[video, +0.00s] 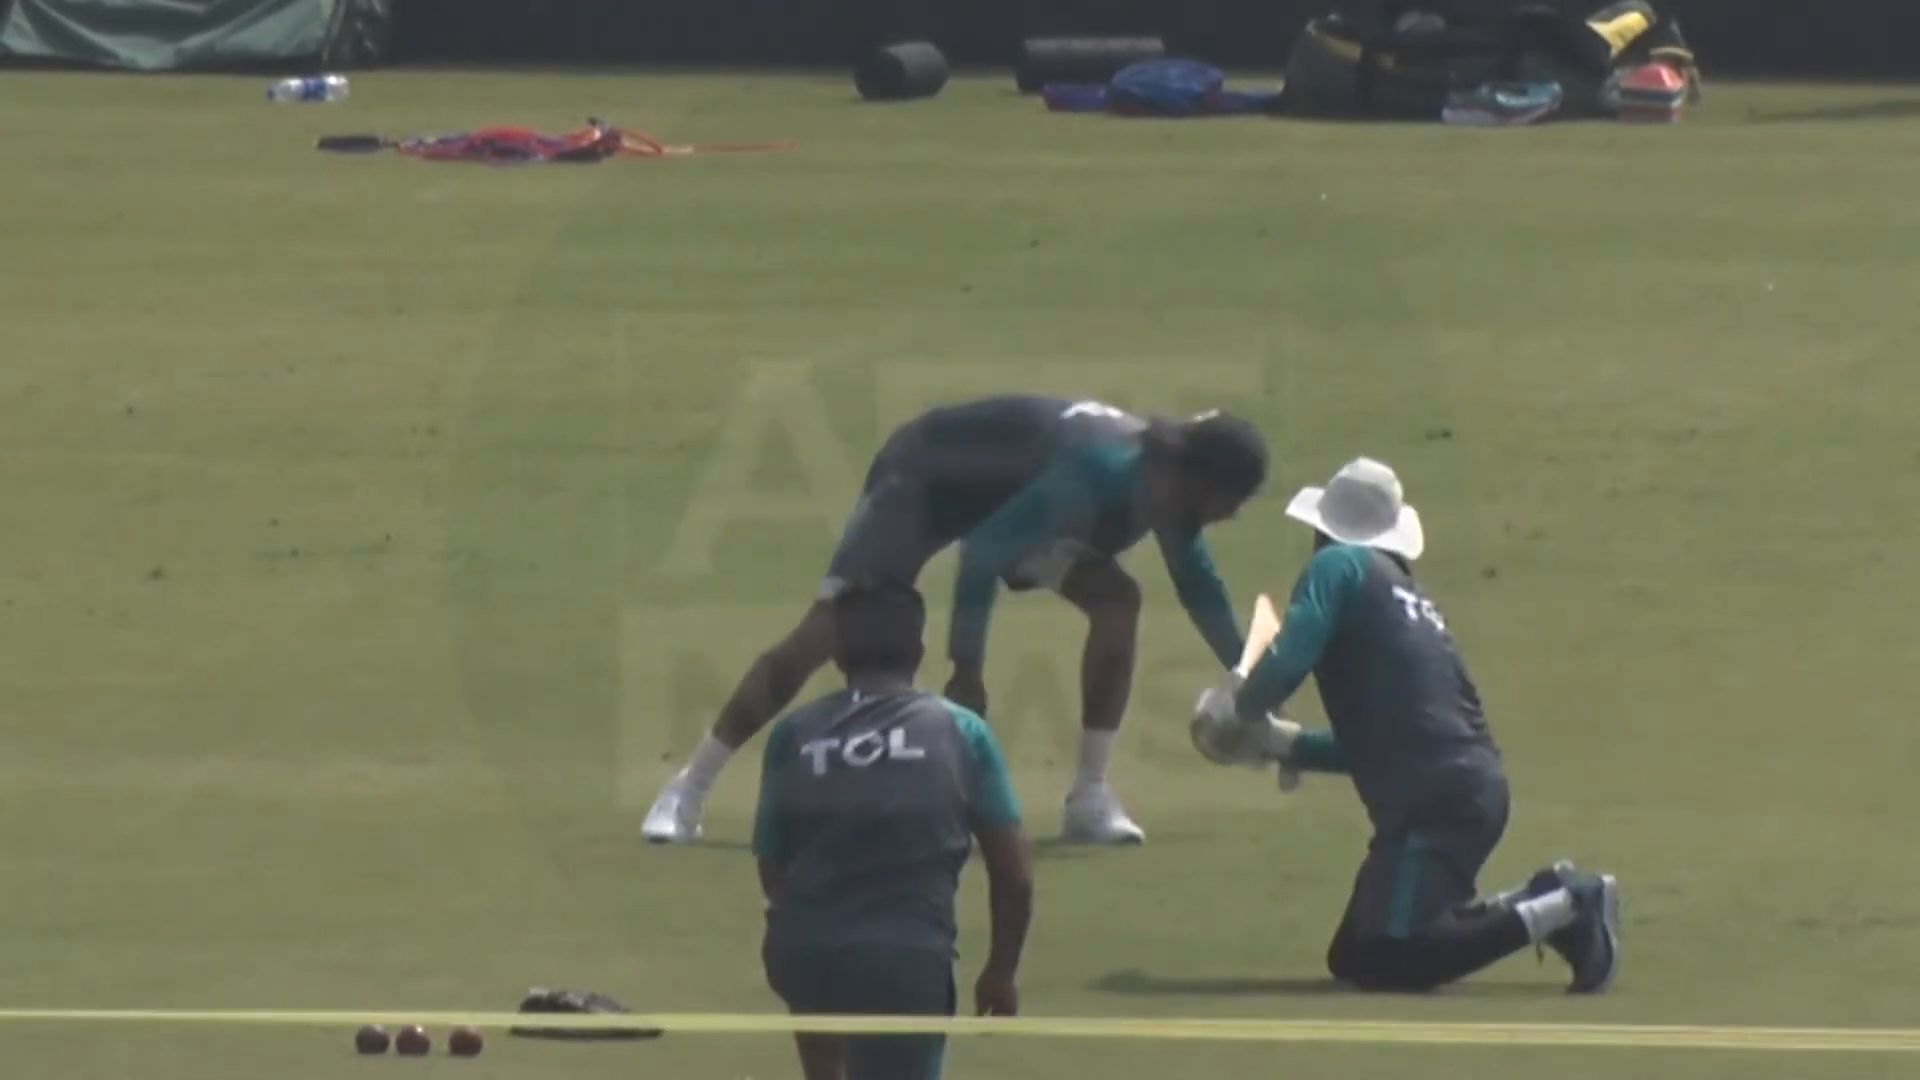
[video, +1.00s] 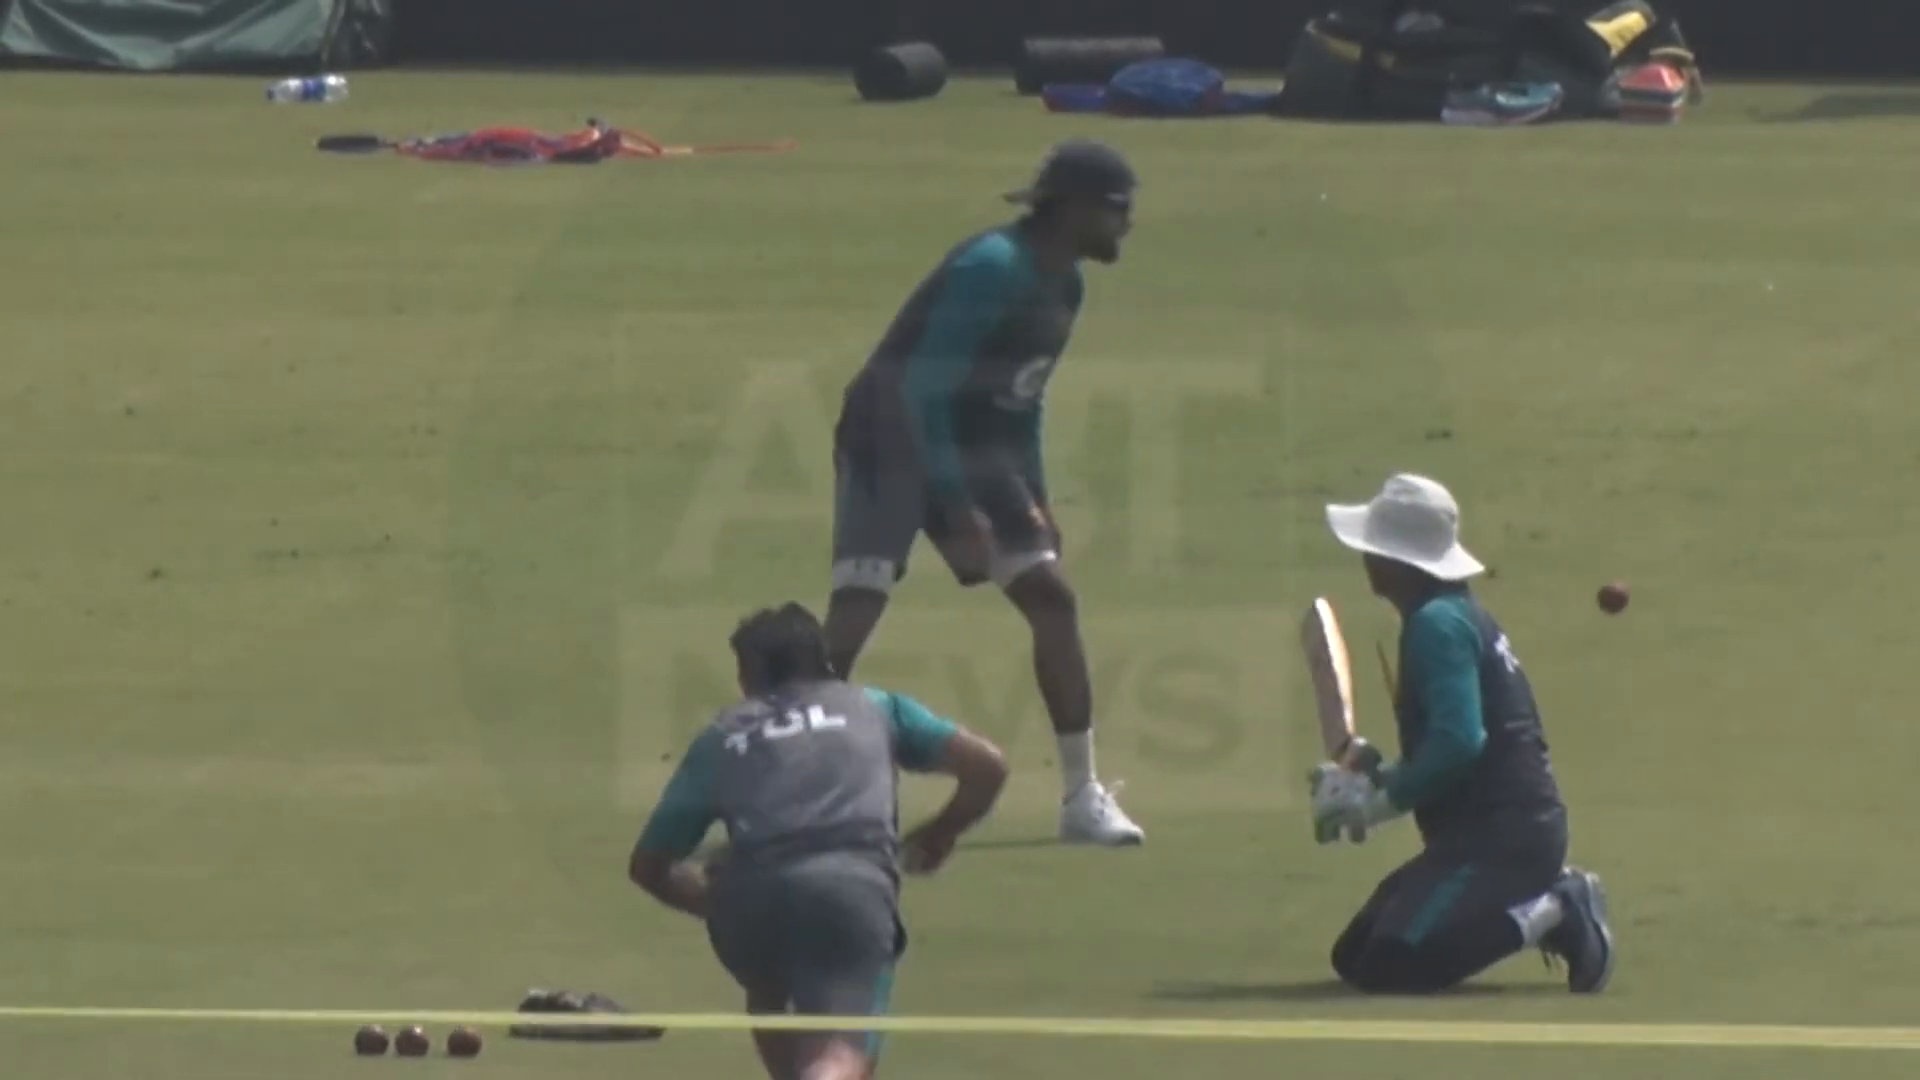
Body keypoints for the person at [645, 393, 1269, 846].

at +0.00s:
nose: (1208, 521)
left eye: (1218, 513)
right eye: (1207, 506)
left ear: (1197, 476)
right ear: (1181, 472)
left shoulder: (1166, 475)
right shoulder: (1094, 470)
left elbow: (1198, 580)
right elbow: (980, 561)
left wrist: (1249, 675)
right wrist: (967, 680)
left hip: (1012, 498)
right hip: (923, 474)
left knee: (1120, 599)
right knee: (826, 632)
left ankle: (1088, 797)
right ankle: (688, 790)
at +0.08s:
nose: (1253, 497)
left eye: (1260, 486)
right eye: (1254, 483)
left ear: (1232, 447)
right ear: (1233, 460)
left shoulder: (1179, 465)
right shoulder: (1133, 460)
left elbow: (1172, 549)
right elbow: (1026, 565)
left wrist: (1188, 630)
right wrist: (998, 669)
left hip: (1017, 489)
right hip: (933, 468)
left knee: (1126, 601)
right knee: (843, 636)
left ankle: (1091, 797)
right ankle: (696, 786)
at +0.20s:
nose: (1276, 437)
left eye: (1283, 425)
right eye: (1282, 425)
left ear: (1242, 383)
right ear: (1263, 414)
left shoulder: (1189, 406)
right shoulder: (1178, 424)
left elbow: (1098, 498)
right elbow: (1089, 533)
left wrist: (1073, 558)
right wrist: (1078, 643)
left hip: (1030, 478)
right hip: (951, 455)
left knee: (1126, 603)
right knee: (876, 630)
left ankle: (1089, 798)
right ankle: (716, 776)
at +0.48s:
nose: (1262, 327)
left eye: (1264, 314)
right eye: (1267, 314)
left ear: (1214, 274)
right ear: (1258, 305)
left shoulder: (1165, 309)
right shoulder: (1200, 328)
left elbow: (1061, 410)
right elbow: (1148, 457)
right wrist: (1163, 578)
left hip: (1033, 453)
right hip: (972, 436)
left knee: (1110, 594)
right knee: (930, 621)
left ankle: (1089, 796)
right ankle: (766, 764)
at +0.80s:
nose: (1200, 260)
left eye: (1203, 246)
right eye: (1199, 245)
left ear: (1144, 225)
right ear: (1179, 240)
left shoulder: (1102, 269)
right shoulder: (1110, 279)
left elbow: (1045, 402)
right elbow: (1049, 402)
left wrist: (1062, 523)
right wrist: (1072, 525)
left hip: (999, 441)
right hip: (933, 431)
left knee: (1080, 594)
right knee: (895, 603)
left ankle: (1087, 794)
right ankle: (791, 741)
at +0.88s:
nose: (1172, 249)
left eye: (1175, 235)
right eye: (1170, 233)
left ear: (1118, 219)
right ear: (1142, 229)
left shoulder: (1088, 288)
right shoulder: (1065, 272)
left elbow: (1037, 402)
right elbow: (1005, 392)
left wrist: (1053, 498)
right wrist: (1036, 502)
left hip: (984, 438)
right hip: (913, 428)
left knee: (1070, 600)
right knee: (884, 603)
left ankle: (1085, 796)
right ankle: (799, 758)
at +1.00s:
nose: (1127, 222)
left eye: (1128, 208)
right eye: (1116, 207)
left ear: (1083, 213)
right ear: (1071, 206)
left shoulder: (1064, 285)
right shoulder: (990, 267)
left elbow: (1024, 401)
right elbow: (921, 391)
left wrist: (1034, 496)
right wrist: (955, 508)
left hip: (980, 445)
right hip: (891, 439)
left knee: (1050, 599)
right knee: (858, 606)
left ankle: (1084, 795)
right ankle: (781, 772)